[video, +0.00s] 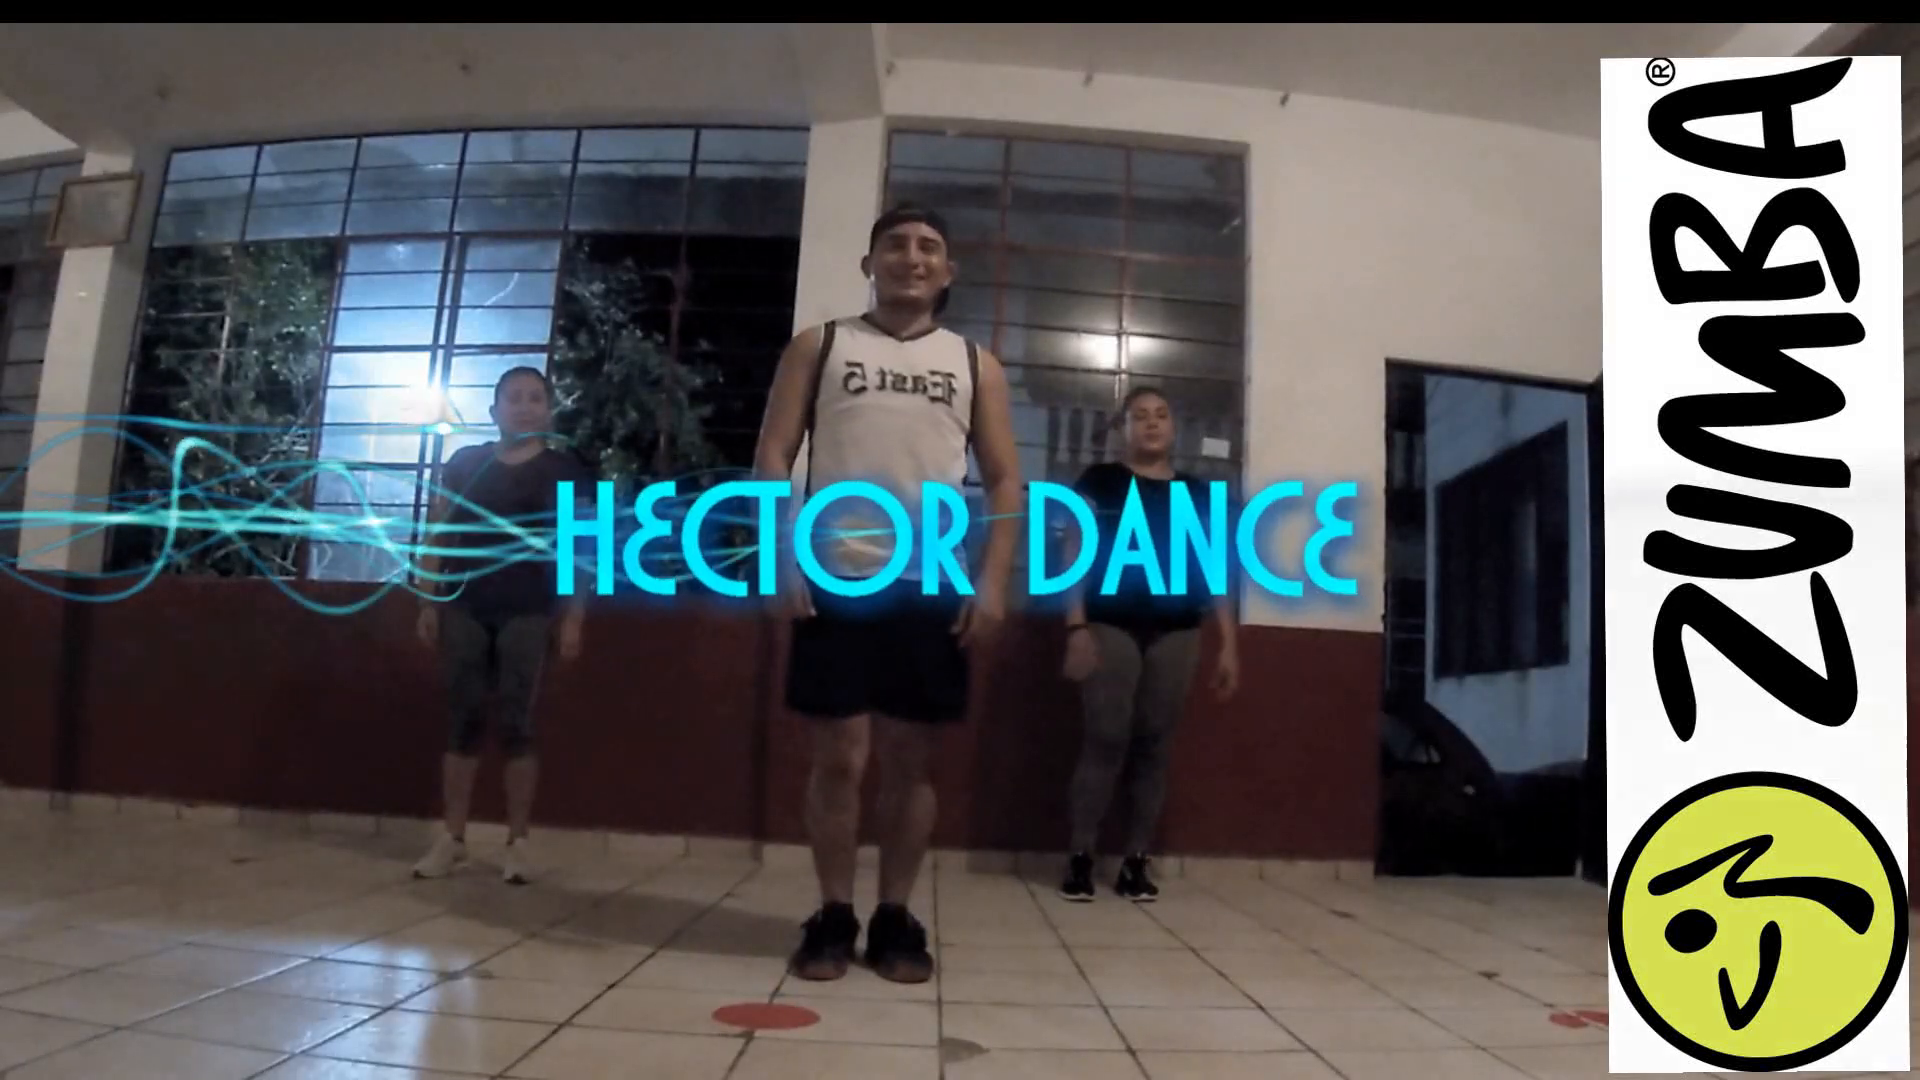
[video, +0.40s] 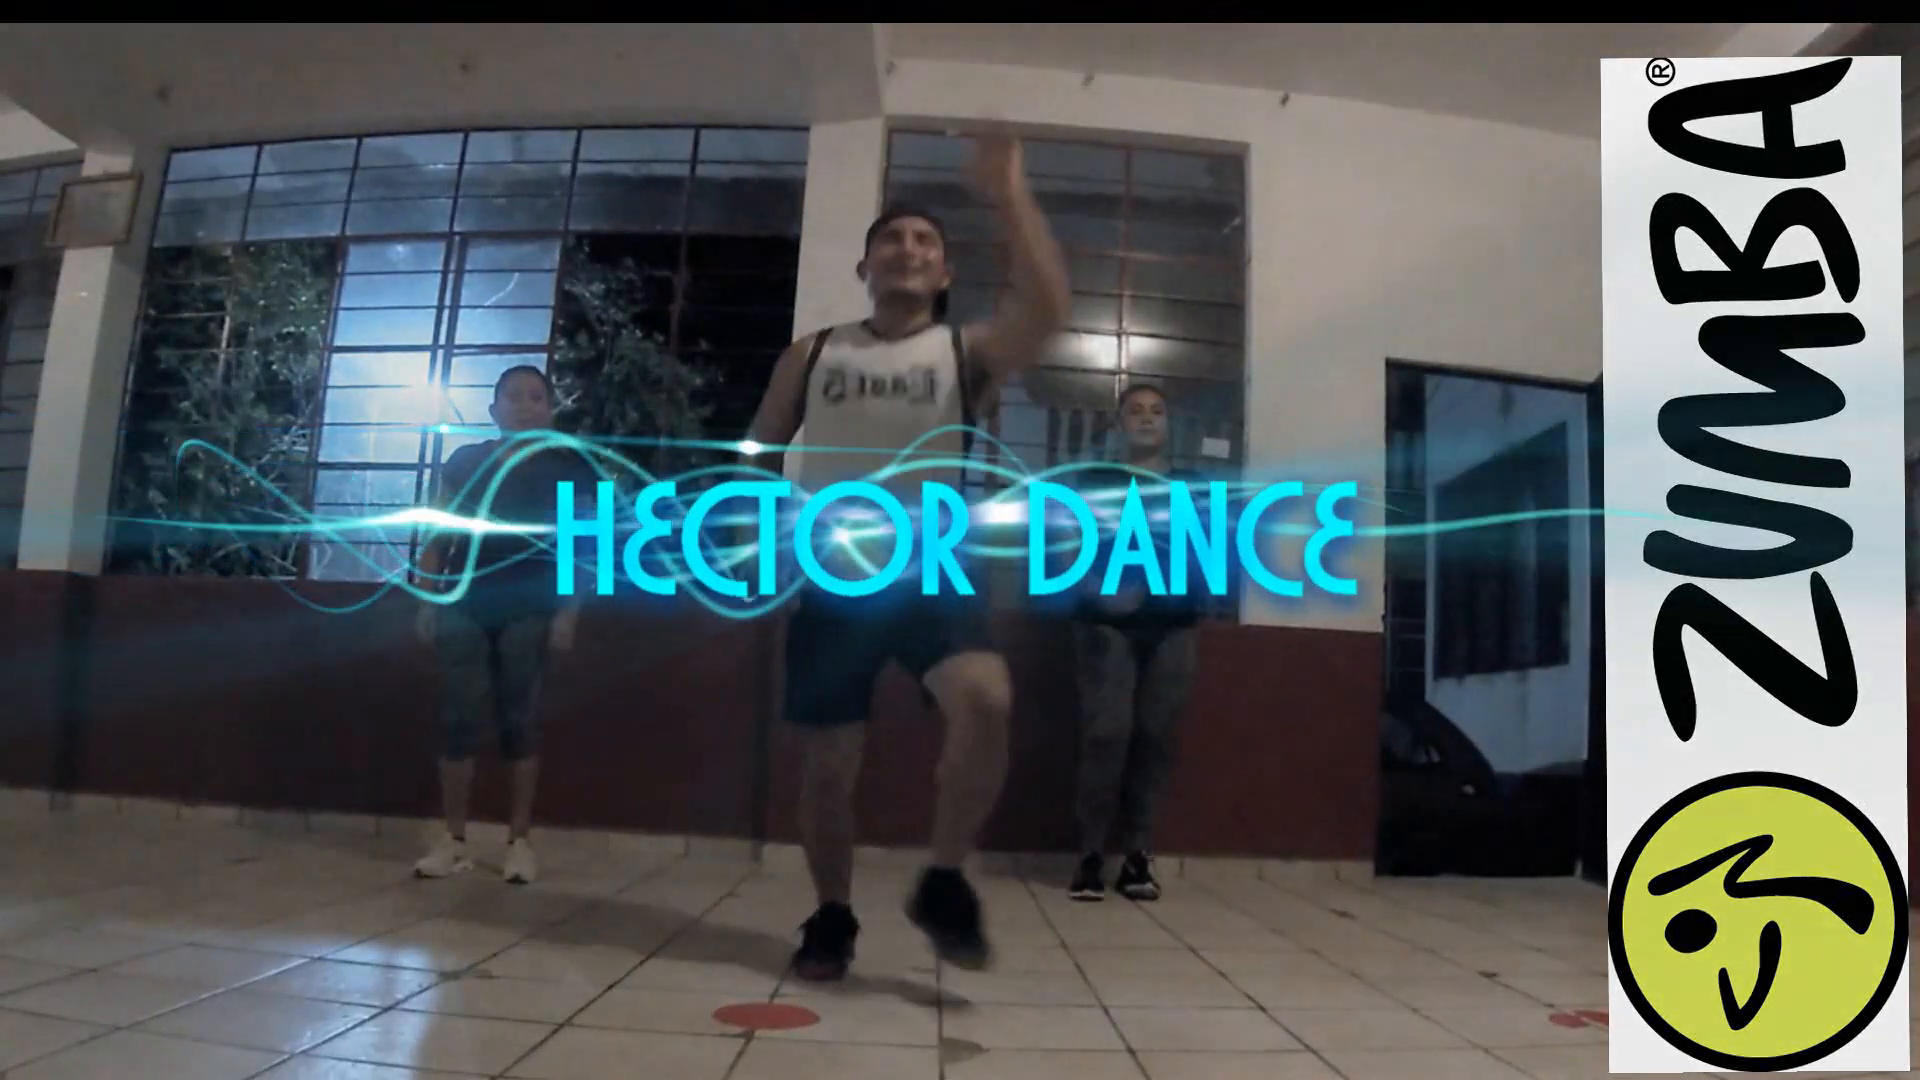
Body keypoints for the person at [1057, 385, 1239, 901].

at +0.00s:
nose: (1151, 425)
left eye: (1159, 417)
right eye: (1141, 418)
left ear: (1174, 429)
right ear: (1124, 429)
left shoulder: (1193, 491)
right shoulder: (1099, 482)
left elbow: (1216, 575)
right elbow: (1074, 556)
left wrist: (1228, 645)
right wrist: (1077, 627)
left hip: (1175, 634)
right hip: (1110, 632)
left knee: (1155, 749)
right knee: (1104, 743)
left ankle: (1137, 860)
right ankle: (1081, 856)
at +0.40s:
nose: (1147, 419)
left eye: (1156, 412)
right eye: (1137, 412)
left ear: (1168, 424)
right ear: (1120, 422)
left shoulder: (1188, 485)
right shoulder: (1094, 483)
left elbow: (1210, 555)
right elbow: (1065, 553)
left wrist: (1197, 602)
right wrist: (1095, 596)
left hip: (1172, 625)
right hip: (1107, 624)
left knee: (1157, 739)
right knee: (1106, 735)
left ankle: (1138, 857)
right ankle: (1091, 857)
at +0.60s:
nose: (1147, 417)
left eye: (1156, 409)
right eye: (1137, 409)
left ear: (1170, 420)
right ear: (1119, 421)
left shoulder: (1191, 473)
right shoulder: (1093, 477)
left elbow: (1261, 460)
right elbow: (1061, 548)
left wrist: (1239, 399)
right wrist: (1069, 611)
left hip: (1176, 623)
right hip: (1108, 623)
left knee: (1190, 734)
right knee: (1100, 739)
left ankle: (1188, 865)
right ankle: (1092, 857)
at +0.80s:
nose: (1158, 422)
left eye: (1166, 414)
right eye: (1146, 415)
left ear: (1181, 426)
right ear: (1127, 430)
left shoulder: (1207, 475)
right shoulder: (1107, 484)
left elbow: (1255, 409)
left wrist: (1292, 338)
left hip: (1195, 627)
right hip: (1119, 626)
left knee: (1209, 741)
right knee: (1088, 735)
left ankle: (1215, 875)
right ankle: (1084, 858)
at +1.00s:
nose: (1150, 417)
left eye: (1160, 410)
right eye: (1139, 409)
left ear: (1175, 424)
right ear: (1120, 424)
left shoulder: (1200, 470)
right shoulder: (1097, 473)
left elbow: (1253, 404)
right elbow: (1048, 431)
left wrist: (1297, 332)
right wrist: (1080, 382)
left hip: (1192, 617)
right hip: (1113, 614)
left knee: (1202, 739)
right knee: (1063, 725)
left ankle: (1215, 874)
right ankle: (1022, 861)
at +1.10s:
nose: (1140, 422)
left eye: (1150, 415)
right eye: (1130, 414)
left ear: (1166, 428)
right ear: (1110, 425)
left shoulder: (1189, 478)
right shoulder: (1087, 476)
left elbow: (1249, 439)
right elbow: (1060, 413)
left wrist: (1280, 366)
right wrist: (1061, 352)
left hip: (1174, 621)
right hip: (1097, 618)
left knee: (1194, 737)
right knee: (1059, 730)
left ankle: (1212, 874)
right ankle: (1018, 864)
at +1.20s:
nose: (1129, 424)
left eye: (1140, 417)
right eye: (1120, 414)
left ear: (1151, 431)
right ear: (1099, 424)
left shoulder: (1164, 489)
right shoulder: (1071, 477)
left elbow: (1226, 527)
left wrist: (1239, 470)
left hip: (1150, 623)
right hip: (1074, 621)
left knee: (1184, 741)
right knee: (1051, 744)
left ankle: (1211, 874)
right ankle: (1016, 876)